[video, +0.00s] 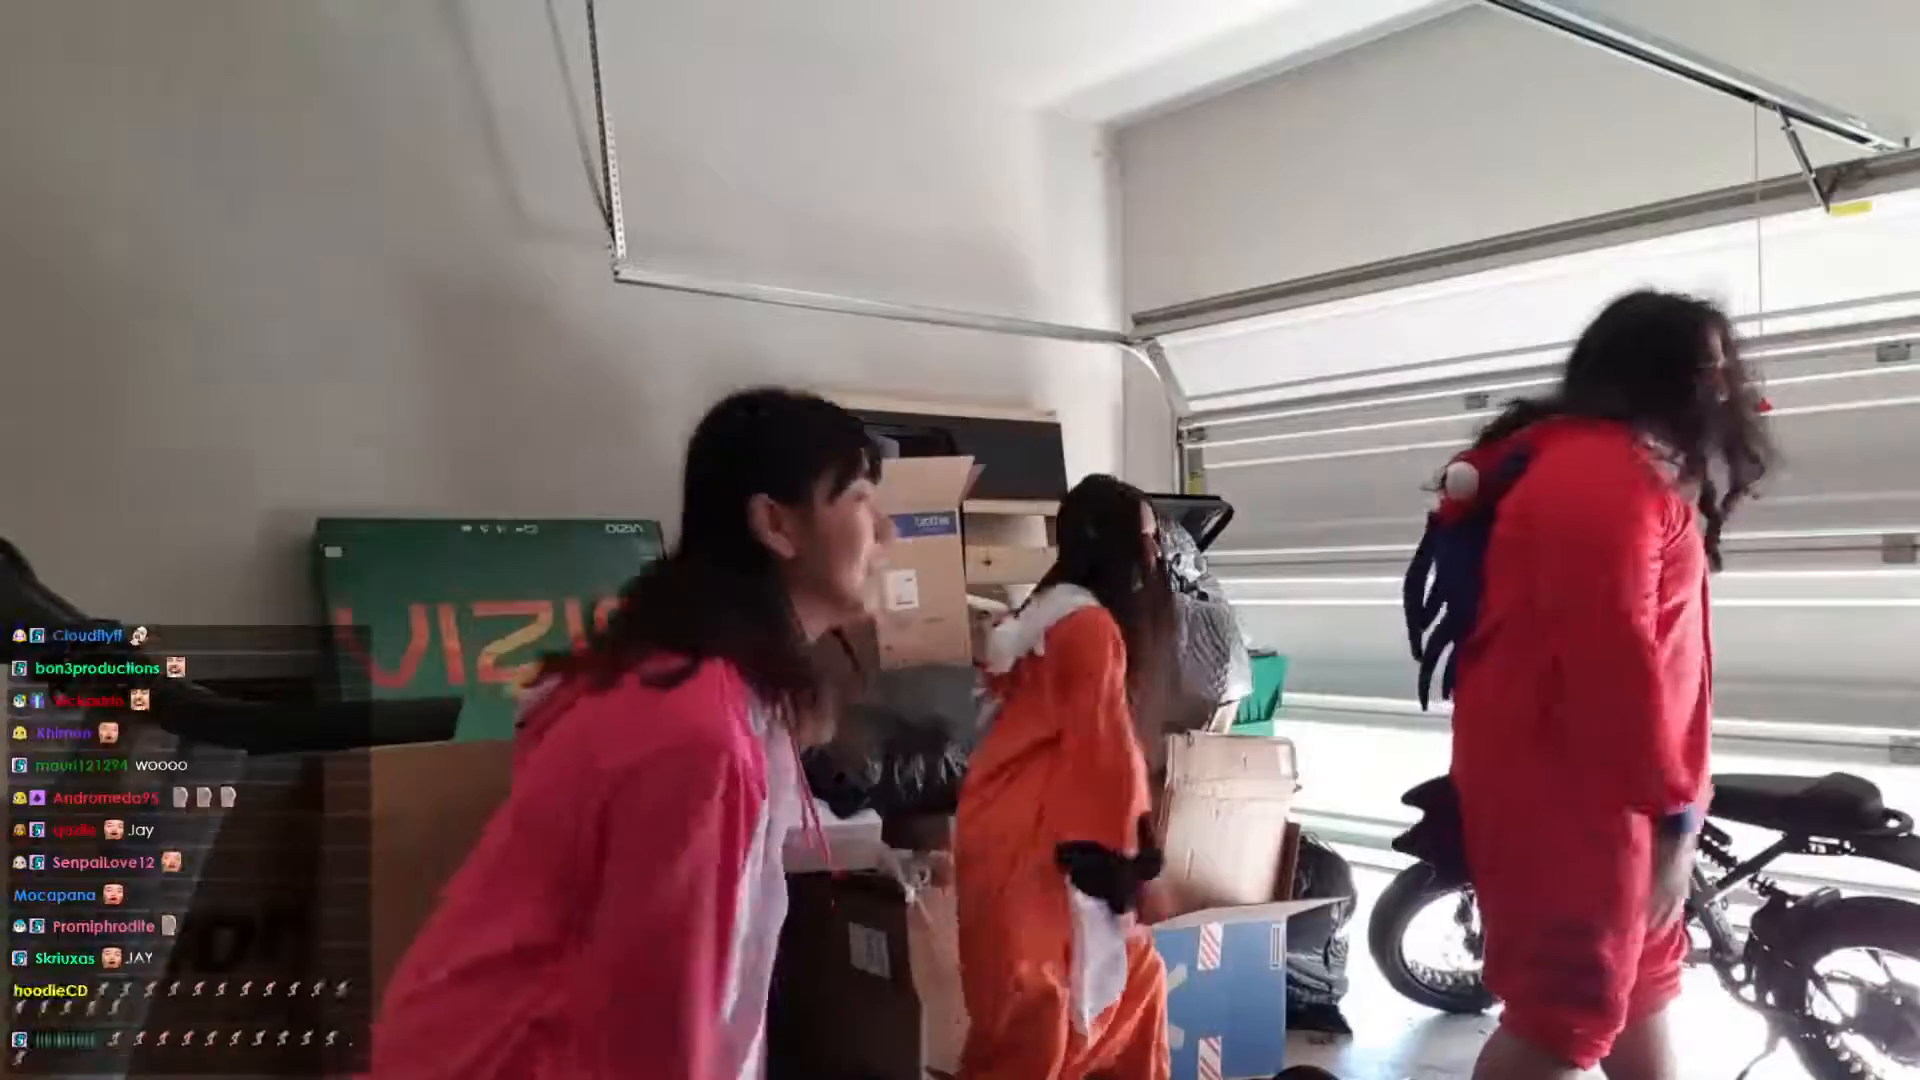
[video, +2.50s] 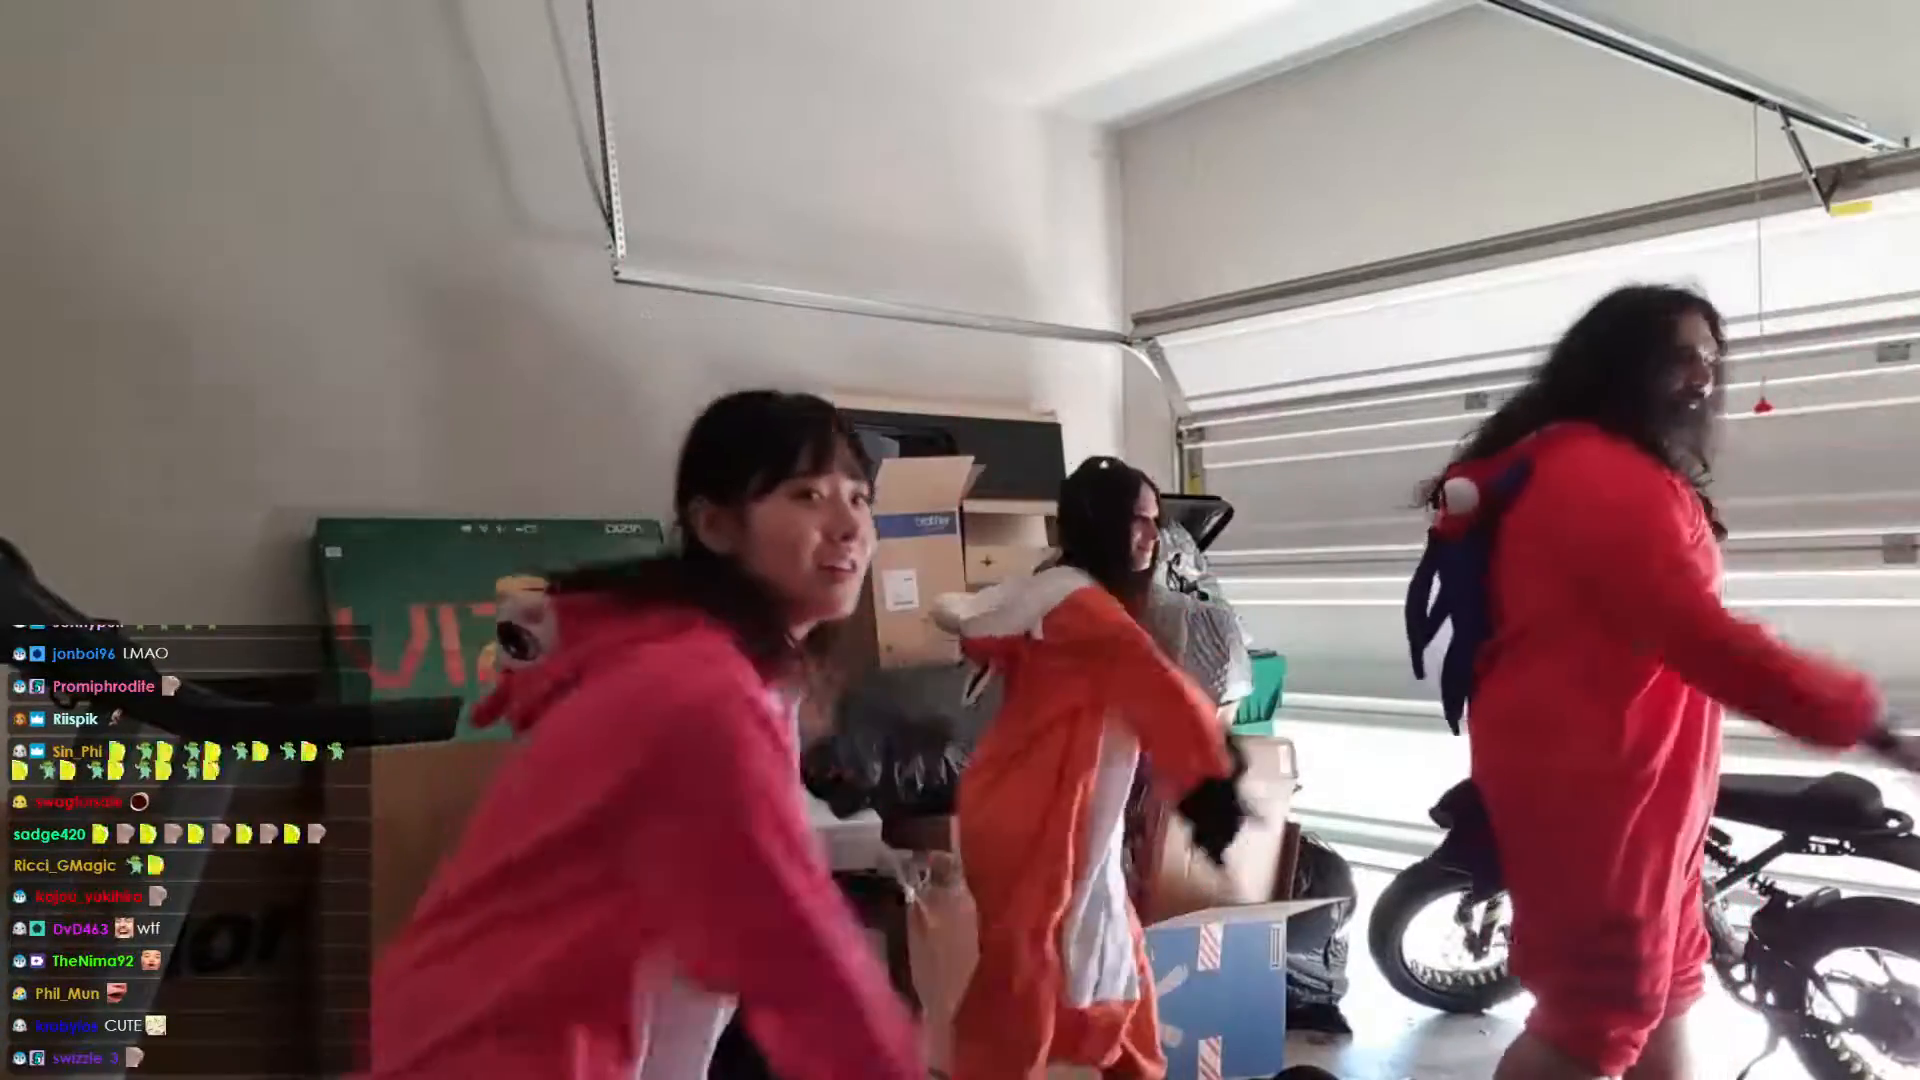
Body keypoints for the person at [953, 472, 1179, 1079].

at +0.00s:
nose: (1157, 552)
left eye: (1155, 537)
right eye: (1149, 537)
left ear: (1080, 539)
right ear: (1119, 545)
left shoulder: (1050, 607)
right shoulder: (1089, 623)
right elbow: (1104, 746)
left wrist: (1135, 841)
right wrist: (1137, 856)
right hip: (1031, 831)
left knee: (1141, 970)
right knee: (1038, 988)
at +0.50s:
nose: (1132, 531)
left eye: (1132, 519)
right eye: (1124, 519)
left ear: (1041, 532)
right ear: (1109, 530)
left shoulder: (1030, 606)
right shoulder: (1067, 603)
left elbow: (986, 693)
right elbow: (1155, 543)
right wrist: (1253, 481)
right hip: (1077, 809)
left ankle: (1174, 1063)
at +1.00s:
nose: (1130, 531)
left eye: (1129, 513)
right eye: (1121, 513)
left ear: (1048, 517)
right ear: (1090, 518)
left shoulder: (1064, 592)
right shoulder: (1055, 594)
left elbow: (1152, 679)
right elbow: (1141, 672)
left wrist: (1237, 727)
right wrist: (1245, 725)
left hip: (1095, 823)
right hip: (1048, 826)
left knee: (1151, 976)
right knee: (1018, 993)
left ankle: (1144, 1074)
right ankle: (989, 1071)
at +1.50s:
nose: (1140, 525)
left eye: (1143, 510)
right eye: (1129, 509)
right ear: (1088, 509)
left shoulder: (1097, 589)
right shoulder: (1052, 583)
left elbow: (1168, 629)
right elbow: (1135, 619)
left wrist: (1255, 639)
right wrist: (1216, 596)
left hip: (1119, 801)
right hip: (1054, 800)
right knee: (1041, 1001)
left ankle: (1157, 1067)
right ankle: (998, 1069)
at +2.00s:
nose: (1131, 523)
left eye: (1131, 509)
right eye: (1127, 509)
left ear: (1051, 516)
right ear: (1108, 520)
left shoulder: (1066, 595)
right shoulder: (1079, 597)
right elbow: (1173, 592)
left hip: (1134, 811)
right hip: (1091, 815)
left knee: (1170, 973)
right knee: (1062, 968)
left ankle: (1155, 1068)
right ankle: (1007, 1066)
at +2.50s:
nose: (1150, 538)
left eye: (1153, 525)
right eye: (1138, 523)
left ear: (1076, 529)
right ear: (1100, 526)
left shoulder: (1061, 593)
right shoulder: (1082, 606)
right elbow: (1163, 692)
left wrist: (1202, 768)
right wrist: (1209, 776)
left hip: (1080, 819)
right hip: (1030, 819)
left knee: (1120, 972)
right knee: (1021, 977)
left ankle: (1133, 1066)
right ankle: (991, 1068)